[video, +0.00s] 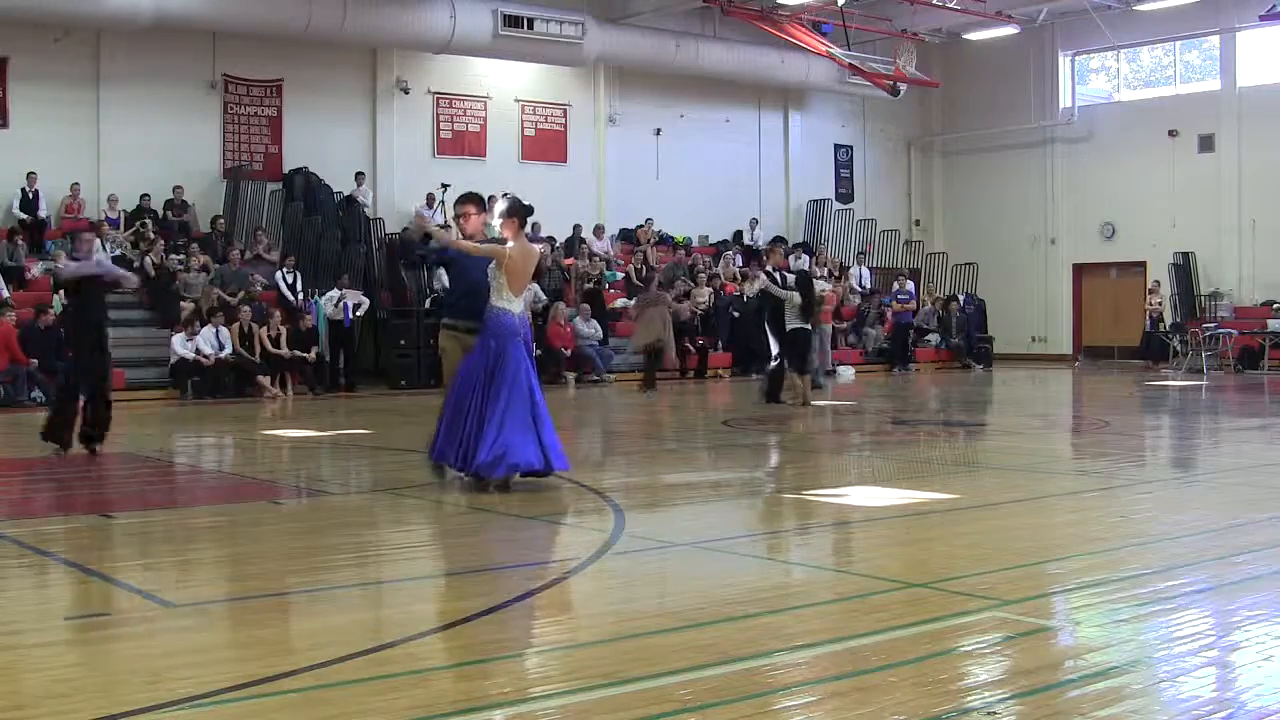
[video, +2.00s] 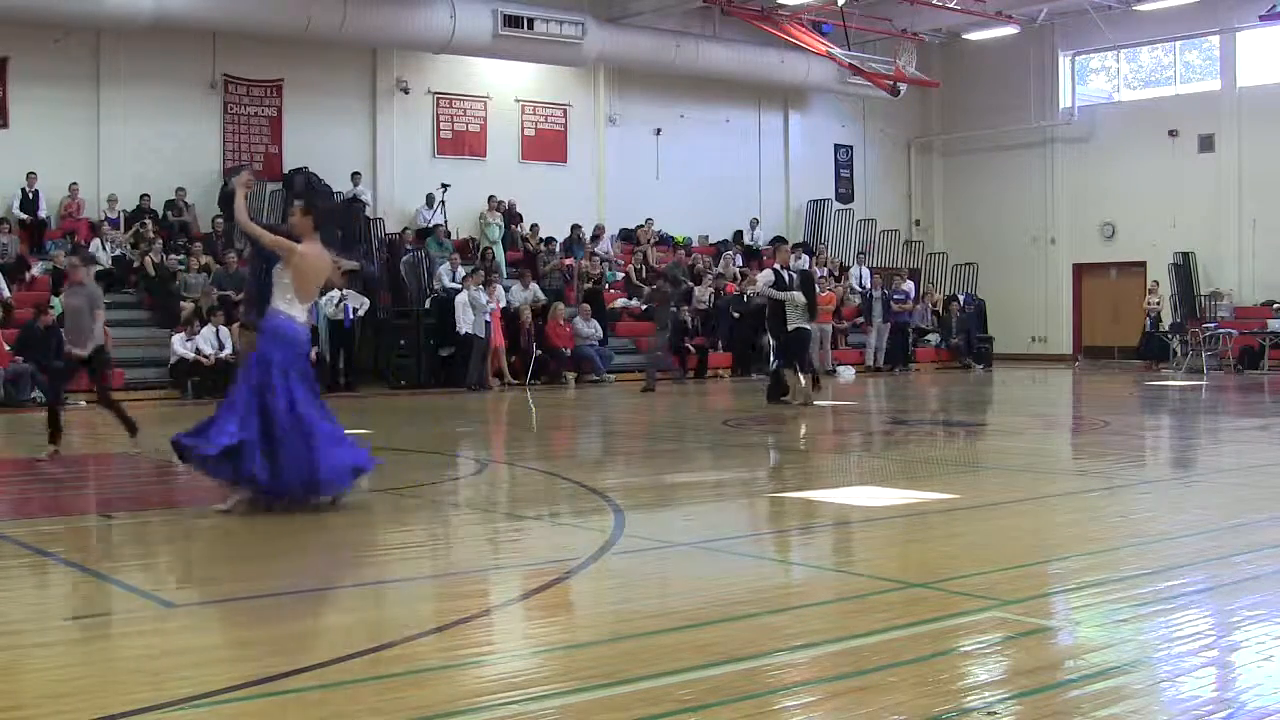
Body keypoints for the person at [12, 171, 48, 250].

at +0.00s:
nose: (33, 181)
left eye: (35, 179)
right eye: (31, 179)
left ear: (36, 180)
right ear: (27, 180)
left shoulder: (39, 193)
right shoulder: (20, 192)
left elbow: (42, 208)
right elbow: (15, 209)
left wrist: (41, 216)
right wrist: (25, 217)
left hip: (36, 216)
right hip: (24, 216)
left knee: (42, 224)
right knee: (30, 226)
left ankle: (39, 248)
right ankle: (30, 248)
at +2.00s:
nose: (33, 181)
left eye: (34, 179)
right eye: (31, 178)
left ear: (36, 180)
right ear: (27, 180)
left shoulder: (39, 193)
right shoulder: (20, 192)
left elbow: (42, 208)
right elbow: (15, 209)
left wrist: (41, 216)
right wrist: (25, 217)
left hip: (36, 218)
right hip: (25, 218)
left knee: (43, 223)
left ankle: (40, 247)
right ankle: (31, 248)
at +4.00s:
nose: (31, 181)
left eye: (33, 179)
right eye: (29, 179)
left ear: (36, 180)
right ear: (26, 180)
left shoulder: (39, 193)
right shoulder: (19, 192)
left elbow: (42, 209)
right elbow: (14, 210)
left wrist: (41, 216)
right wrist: (25, 217)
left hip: (36, 218)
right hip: (24, 218)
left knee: (42, 223)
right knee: (32, 225)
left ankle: (40, 248)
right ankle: (31, 248)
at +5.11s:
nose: (34, 182)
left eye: (35, 180)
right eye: (32, 180)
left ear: (36, 181)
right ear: (27, 179)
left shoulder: (39, 193)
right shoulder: (19, 192)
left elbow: (42, 209)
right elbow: (15, 209)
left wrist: (39, 216)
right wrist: (25, 217)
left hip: (36, 217)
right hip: (24, 218)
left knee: (42, 223)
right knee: (34, 225)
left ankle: (40, 249)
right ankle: (32, 249)